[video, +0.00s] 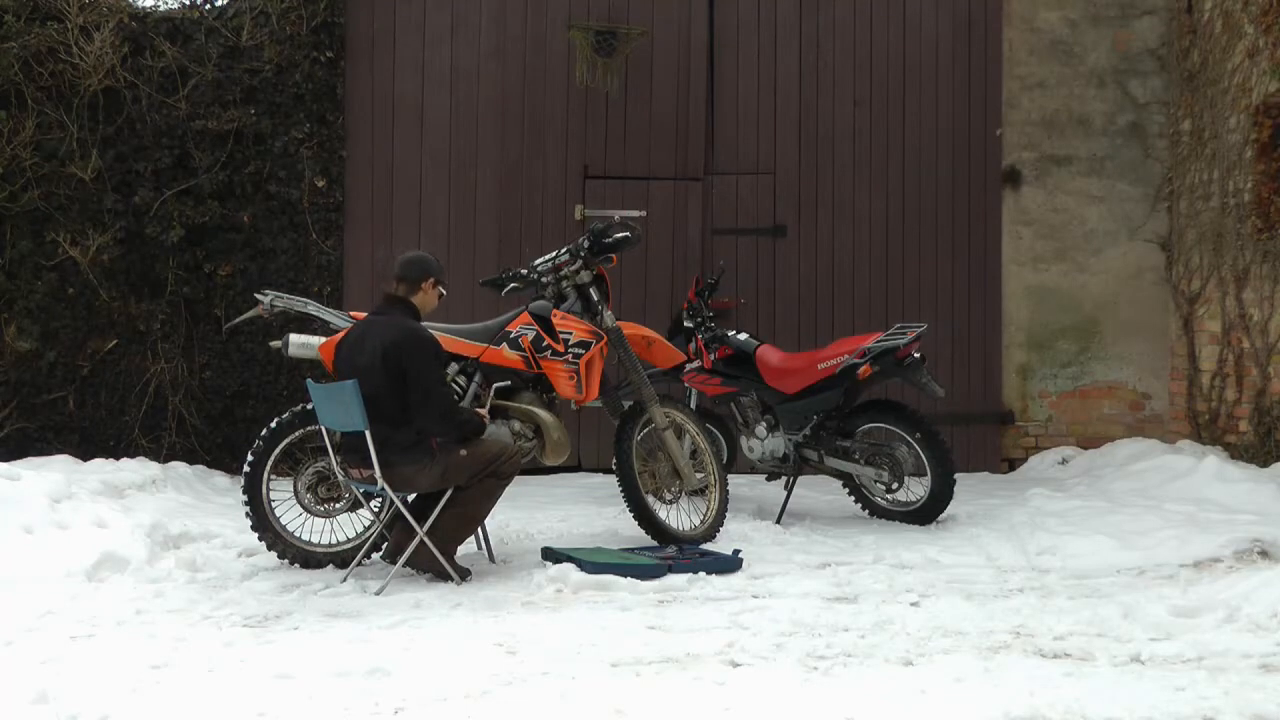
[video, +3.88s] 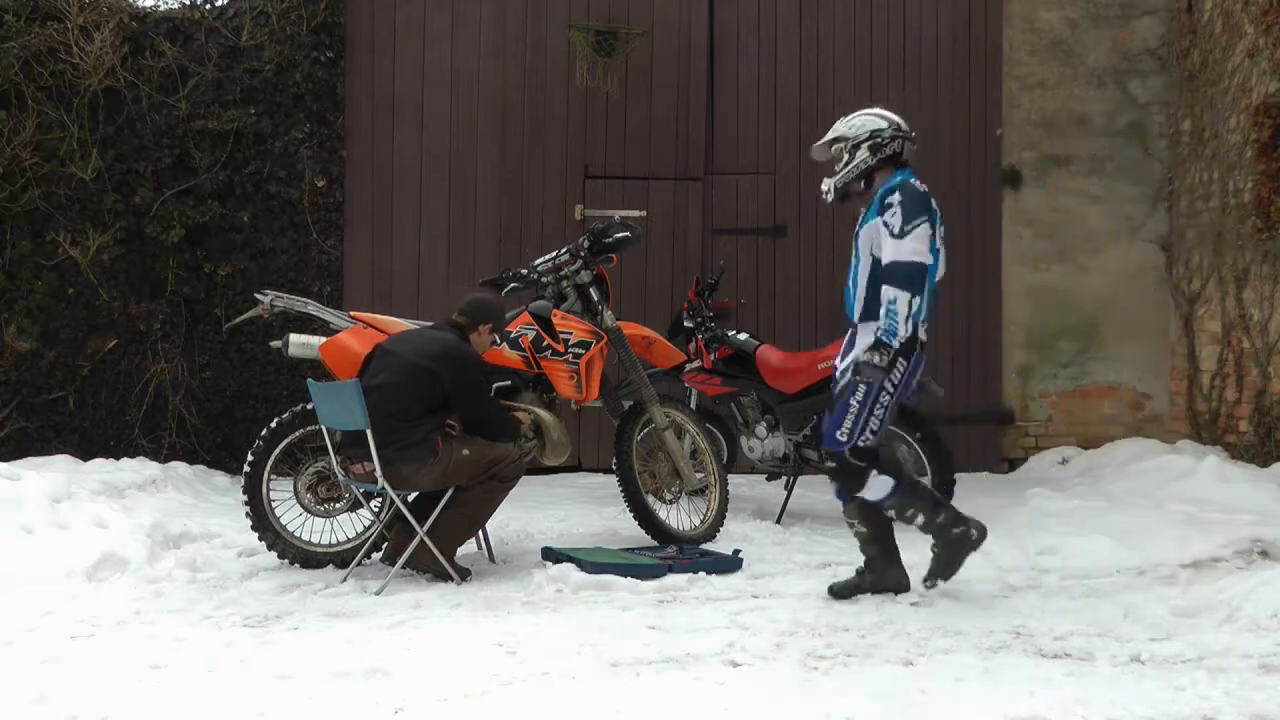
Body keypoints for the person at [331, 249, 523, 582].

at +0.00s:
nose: (439, 299)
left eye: (440, 291)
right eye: (439, 290)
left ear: (398, 284)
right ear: (425, 286)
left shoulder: (357, 333)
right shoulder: (417, 340)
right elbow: (439, 418)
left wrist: (454, 415)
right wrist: (477, 422)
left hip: (364, 457)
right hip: (403, 465)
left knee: (465, 449)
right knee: (507, 452)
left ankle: (404, 541)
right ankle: (435, 549)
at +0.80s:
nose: (468, 332)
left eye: (470, 325)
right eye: (470, 324)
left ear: (434, 308)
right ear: (461, 317)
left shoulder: (386, 335)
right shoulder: (447, 351)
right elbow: (481, 428)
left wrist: (438, 418)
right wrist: (493, 414)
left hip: (357, 457)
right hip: (401, 465)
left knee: (456, 451)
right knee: (508, 460)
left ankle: (402, 543)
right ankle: (434, 550)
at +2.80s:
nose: (480, 335)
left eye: (482, 328)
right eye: (481, 327)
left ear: (443, 313)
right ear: (470, 322)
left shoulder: (395, 337)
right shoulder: (456, 354)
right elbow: (475, 426)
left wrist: (440, 425)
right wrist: (501, 432)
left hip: (357, 455)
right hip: (400, 462)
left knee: (462, 454)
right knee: (507, 462)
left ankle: (402, 543)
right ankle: (435, 552)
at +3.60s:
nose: (492, 345)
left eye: (495, 339)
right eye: (494, 337)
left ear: (459, 317)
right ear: (484, 329)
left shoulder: (405, 337)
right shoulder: (461, 356)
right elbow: (494, 428)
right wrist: (514, 417)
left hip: (358, 454)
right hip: (401, 461)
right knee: (509, 463)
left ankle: (402, 543)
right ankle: (435, 551)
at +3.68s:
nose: (492, 345)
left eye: (495, 339)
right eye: (494, 337)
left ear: (459, 317)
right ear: (484, 329)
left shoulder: (406, 337)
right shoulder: (462, 357)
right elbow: (495, 431)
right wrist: (514, 420)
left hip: (358, 454)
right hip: (401, 461)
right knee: (508, 464)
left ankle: (402, 543)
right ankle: (435, 551)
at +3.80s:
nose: (492, 345)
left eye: (495, 339)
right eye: (494, 338)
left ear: (459, 317)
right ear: (484, 329)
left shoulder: (405, 337)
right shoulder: (461, 357)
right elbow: (493, 429)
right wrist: (514, 420)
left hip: (357, 456)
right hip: (401, 461)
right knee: (508, 464)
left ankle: (402, 543)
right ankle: (435, 551)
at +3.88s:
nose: (492, 345)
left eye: (495, 339)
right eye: (493, 337)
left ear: (459, 317)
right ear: (483, 329)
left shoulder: (404, 337)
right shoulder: (461, 357)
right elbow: (486, 424)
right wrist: (516, 421)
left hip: (357, 456)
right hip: (400, 461)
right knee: (508, 464)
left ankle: (402, 543)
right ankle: (435, 550)